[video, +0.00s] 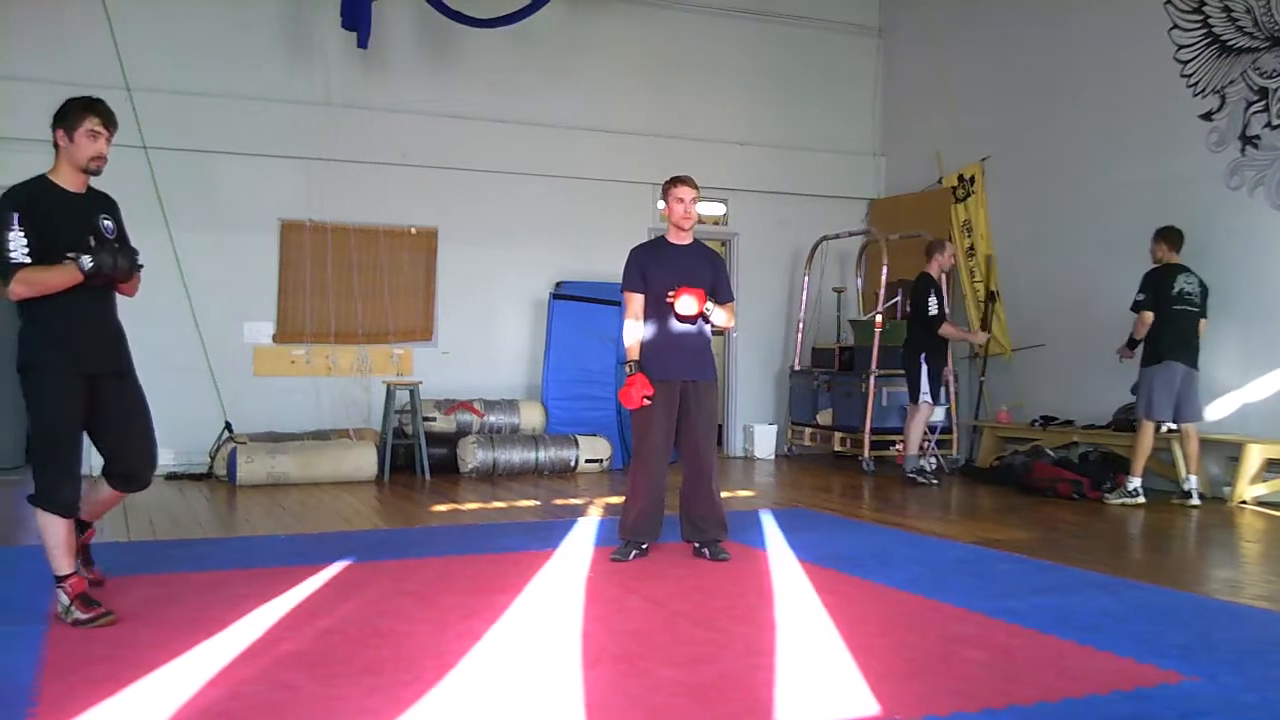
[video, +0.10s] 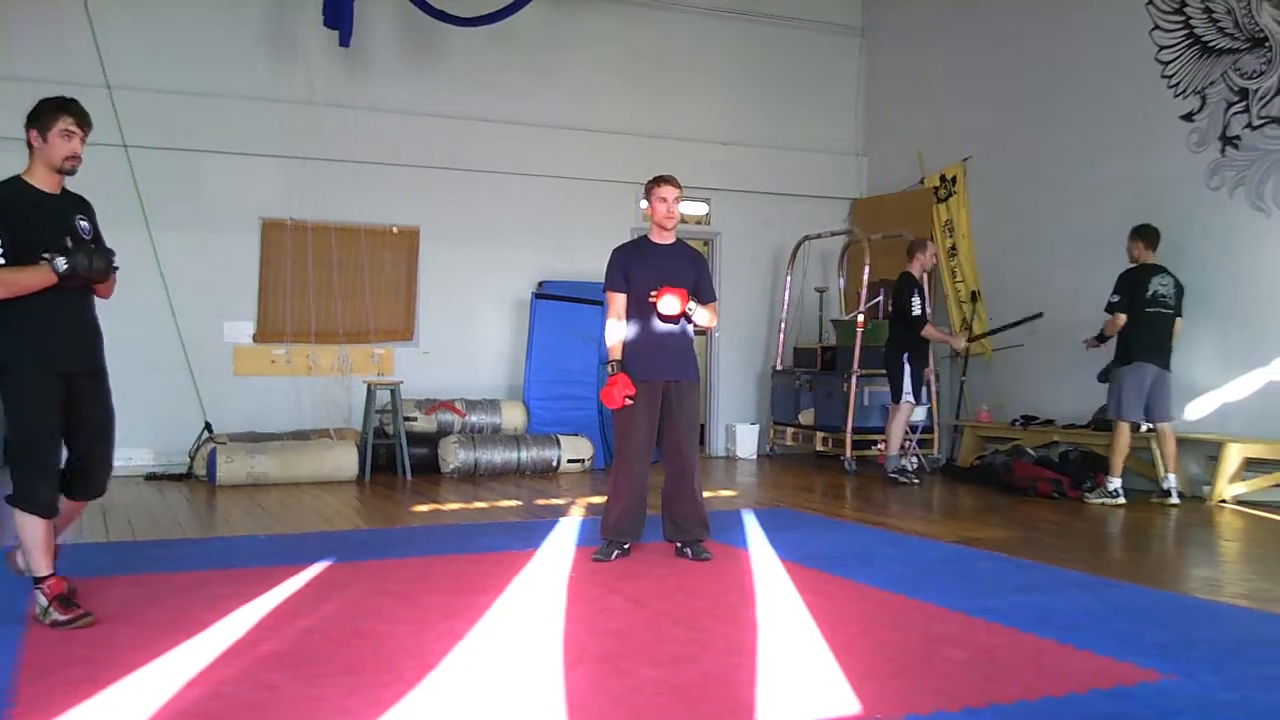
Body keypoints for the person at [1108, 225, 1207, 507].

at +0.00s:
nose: (1151, 250)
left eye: (1153, 245)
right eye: (1152, 245)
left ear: (1163, 247)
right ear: (1178, 248)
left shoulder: (1154, 276)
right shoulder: (1199, 281)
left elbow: (1145, 319)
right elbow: (1200, 326)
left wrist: (1130, 346)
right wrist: (1184, 348)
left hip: (1160, 357)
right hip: (1189, 359)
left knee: (1147, 421)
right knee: (1188, 425)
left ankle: (1133, 486)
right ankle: (1191, 488)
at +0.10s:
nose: (1127, 249)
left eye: (1129, 244)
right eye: (1128, 244)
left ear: (1140, 245)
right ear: (1153, 247)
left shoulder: (1130, 276)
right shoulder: (1174, 282)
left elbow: (1118, 320)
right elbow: (1175, 327)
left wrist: (1101, 337)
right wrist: (1159, 348)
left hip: (1133, 357)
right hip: (1162, 360)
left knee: (1123, 422)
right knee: (1163, 424)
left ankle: (1113, 486)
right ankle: (1170, 486)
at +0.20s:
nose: (1109, 248)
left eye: (1111, 243)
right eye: (1110, 243)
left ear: (1121, 244)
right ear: (1135, 245)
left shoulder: (1110, 276)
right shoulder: (1155, 281)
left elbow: (1094, 320)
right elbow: (1155, 326)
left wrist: (1073, 328)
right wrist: (1139, 348)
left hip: (1113, 357)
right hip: (1140, 360)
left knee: (1106, 422)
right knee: (1144, 423)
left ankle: (1099, 486)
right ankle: (1156, 486)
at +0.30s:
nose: (1086, 247)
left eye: (1088, 242)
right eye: (1086, 242)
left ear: (1098, 243)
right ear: (1111, 243)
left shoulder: (1086, 274)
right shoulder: (1132, 279)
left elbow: (1062, 315)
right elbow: (1131, 322)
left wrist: (1043, 315)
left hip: (1090, 355)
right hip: (1117, 359)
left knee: (1087, 420)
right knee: (1122, 418)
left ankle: (1083, 484)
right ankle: (1138, 481)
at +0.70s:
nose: (1107, 245)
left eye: (1109, 240)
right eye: (1108, 240)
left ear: (1118, 241)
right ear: (1133, 240)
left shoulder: (1106, 275)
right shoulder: (1154, 277)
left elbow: (1084, 318)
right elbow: (1157, 318)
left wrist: (1067, 326)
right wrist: (1132, 324)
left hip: (1112, 355)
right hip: (1140, 356)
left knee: (1117, 420)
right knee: (1140, 419)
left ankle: (1122, 485)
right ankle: (1148, 482)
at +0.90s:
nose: (1110, 245)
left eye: (1112, 240)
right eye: (1111, 240)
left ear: (1122, 242)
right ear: (1136, 242)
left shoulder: (1110, 278)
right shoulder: (1155, 279)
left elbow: (1099, 323)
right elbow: (1160, 319)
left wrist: (1091, 359)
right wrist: (1131, 318)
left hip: (1114, 357)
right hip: (1141, 358)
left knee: (1119, 422)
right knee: (1142, 421)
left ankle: (1124, 486)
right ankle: (1150, 483)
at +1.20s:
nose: (1117, 246)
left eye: (1118, 241)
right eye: (1117, 241)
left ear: (1126, 241)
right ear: (1141, 240)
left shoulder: (1121, 277)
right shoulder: (1160, 277)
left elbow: (1118, 319)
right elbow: (1163, 317)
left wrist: (1112, 356)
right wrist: (1134, 313)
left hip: (1125, 355)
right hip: (1148, 357)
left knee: (1126, 420)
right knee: (1150, 419)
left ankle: (1130, 483)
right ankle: (1156, 481)